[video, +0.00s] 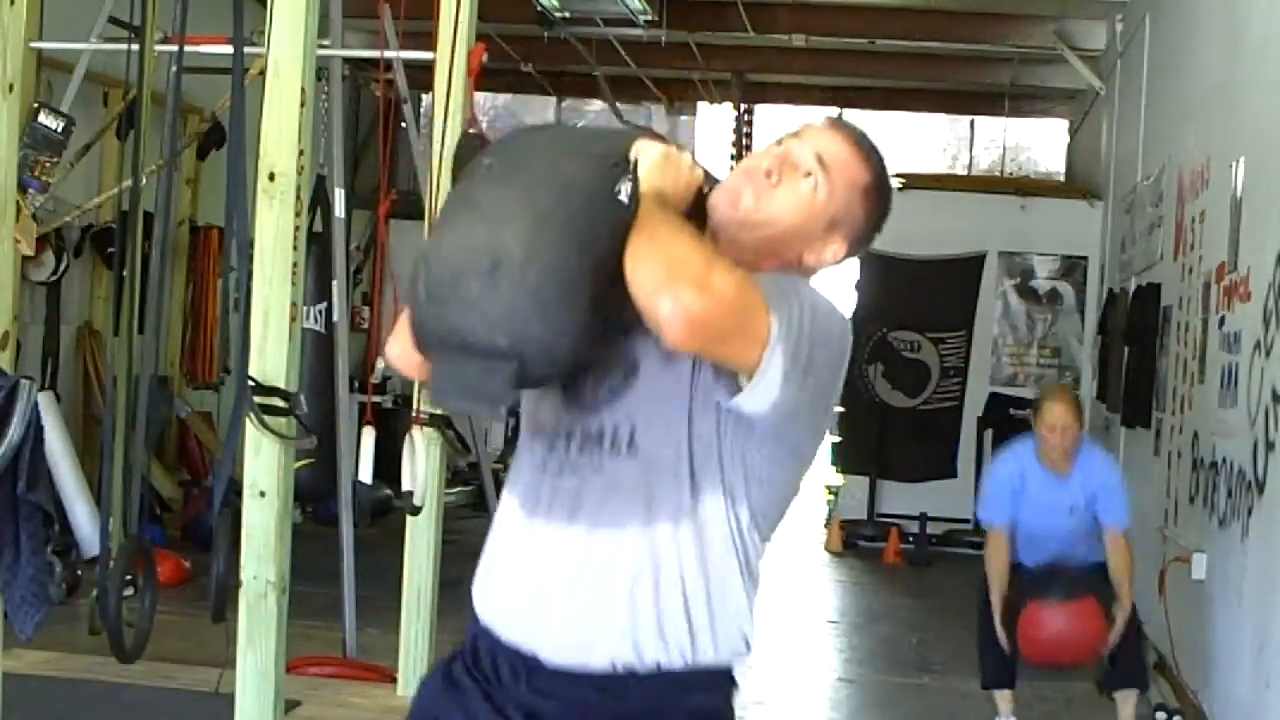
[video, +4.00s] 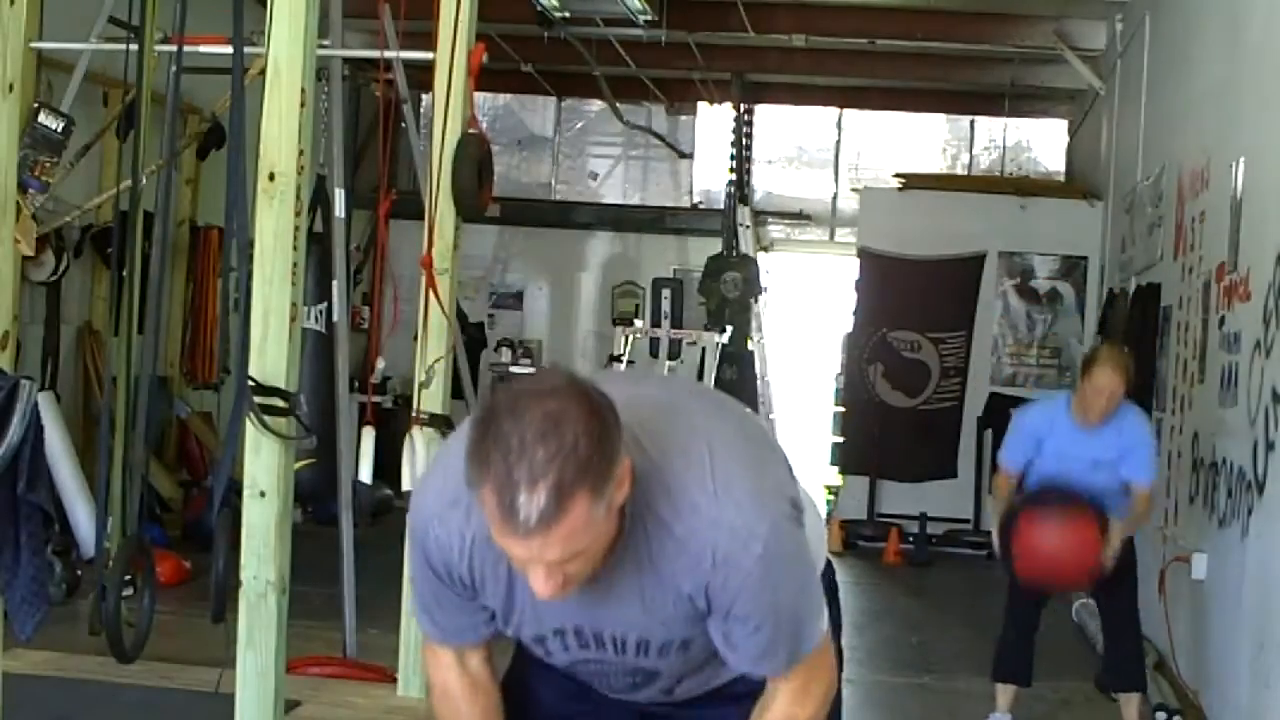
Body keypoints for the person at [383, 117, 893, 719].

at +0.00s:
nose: (773, 158)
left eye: (809, 173)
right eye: (782, 144)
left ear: (825, 249)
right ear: (753, 153)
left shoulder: (811, 328)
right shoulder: (597, 264)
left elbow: (685, 310)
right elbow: (408, 350)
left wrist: (657, 202)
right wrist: (523, 219)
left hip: (651, 698)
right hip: (488, 675)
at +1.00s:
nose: (730, 29)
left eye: (759, 31)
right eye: (730, 19)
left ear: (779, 74)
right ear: (700, 40)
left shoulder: (777, 153)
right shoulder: (608, 128)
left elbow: (796, 3)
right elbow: (621, 0)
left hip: (658, 598)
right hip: (502, 572)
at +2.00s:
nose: (747, 32)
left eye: (775, 35)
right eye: (748, 23)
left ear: (792, 80)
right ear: (719, 41)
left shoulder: (788, 161)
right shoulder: (608, 129)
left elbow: (814, 3)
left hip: (661, 602)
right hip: (504, 573)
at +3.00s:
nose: (707, 129)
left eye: (744, 112)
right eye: (700, 88)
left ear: (776, 115)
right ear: (665, 60)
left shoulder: (781, 223)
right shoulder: (573, 167)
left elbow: (678, 388)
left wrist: (581, 234)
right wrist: (440, 197)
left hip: (665, 625)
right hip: (502, 598)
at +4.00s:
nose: (544, 587)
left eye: (567, 561)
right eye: (519, 560)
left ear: (622, 487)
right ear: (483, 498)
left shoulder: (740, 525)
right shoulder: (443, 509)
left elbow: (805, 679)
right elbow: (456, 659)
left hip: (732, 672)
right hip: (561, 661)